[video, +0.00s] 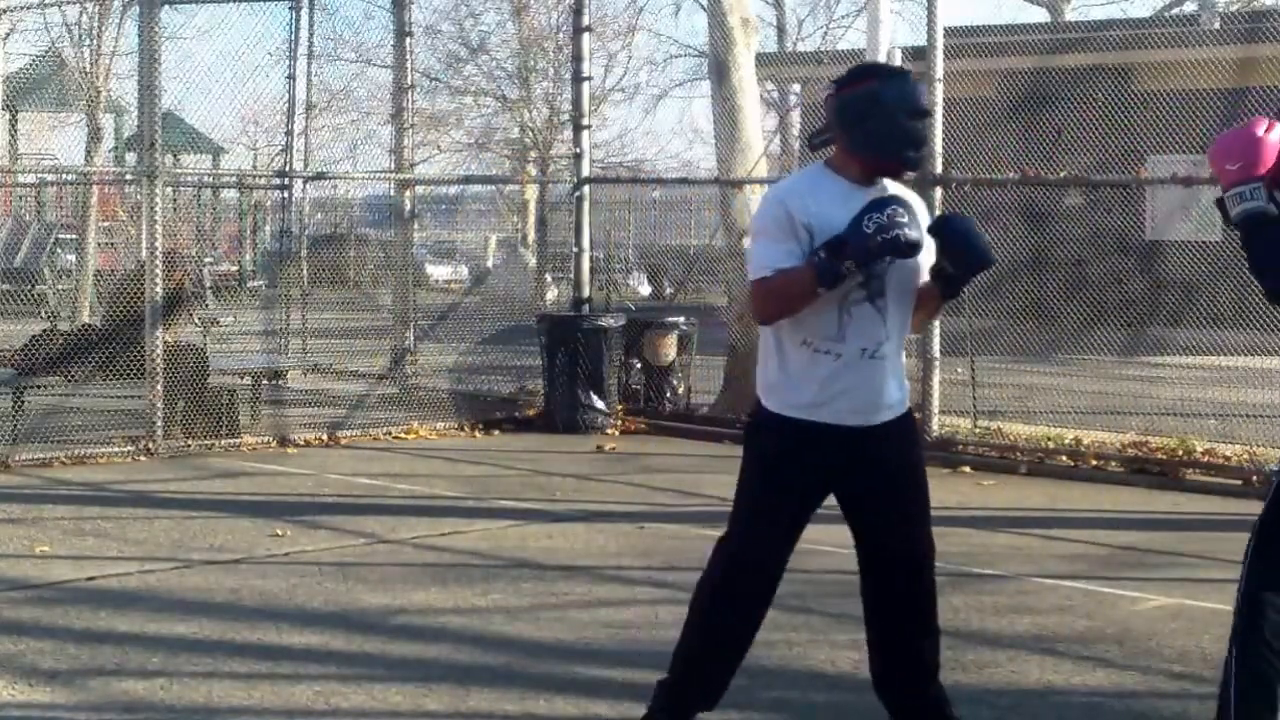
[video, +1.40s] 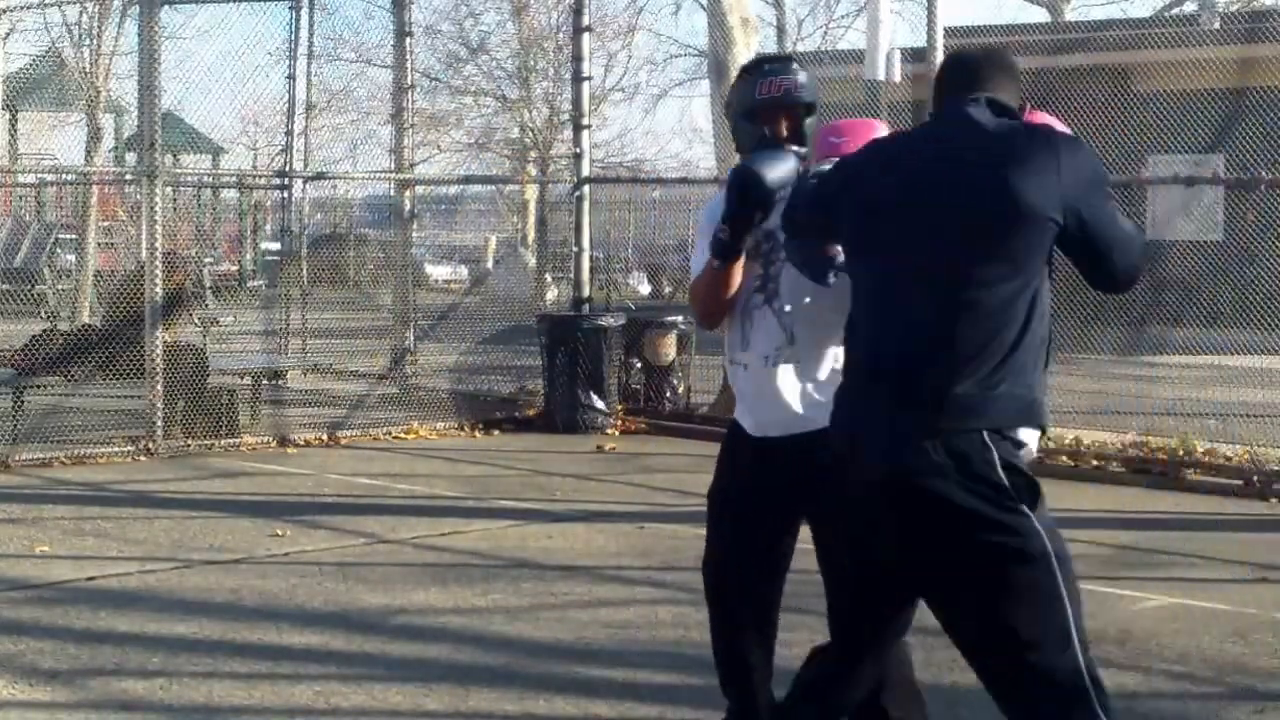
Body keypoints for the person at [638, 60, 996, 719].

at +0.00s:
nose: (908, 152)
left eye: (912, 138)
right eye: (896, 138)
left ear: (911, 136)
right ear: (856, 133)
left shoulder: (907, 204)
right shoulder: (786, 200)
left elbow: (909, 314)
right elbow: (765, 303)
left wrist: (949, 278)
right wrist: (840, 259)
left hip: (883, 428)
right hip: (791, 425)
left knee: (906, 582)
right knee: (743, 574)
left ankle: (919, 708)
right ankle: (675, 706)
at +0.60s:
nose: (845, 135)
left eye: (858, 122)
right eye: (829, 122)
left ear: (878, 130)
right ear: (804, 129)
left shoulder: (898, 200)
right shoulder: (770, 202)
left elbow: (960, 280)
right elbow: (809, 283)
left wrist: (967, 192)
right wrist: (834, 194)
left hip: (886, 439)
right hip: (789, 442)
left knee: (918, 611)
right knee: (752, 610)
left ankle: (940, 716)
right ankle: (717, 716)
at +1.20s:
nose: (878, 125)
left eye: (890, 111)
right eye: (862, 110)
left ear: (903, 119)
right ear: (822, 114)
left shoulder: (921, 201)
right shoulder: (775, 196)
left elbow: (958, 325)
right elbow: (754, 300)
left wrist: (953, 250)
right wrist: (798, 227)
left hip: (892, 442)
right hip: (791, 439)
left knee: (919, 619)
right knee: (756, 620)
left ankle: (940, 716)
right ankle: (752, 712)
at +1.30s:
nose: (828, 125)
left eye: (839, 112)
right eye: (811, 111)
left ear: (850, 119)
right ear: (776, 118)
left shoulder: (889, 203)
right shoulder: (743, 205)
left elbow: (933, 309)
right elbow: (720, 314)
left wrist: (886, 300)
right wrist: (751, 239)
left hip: (865, 432)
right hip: (769, 434)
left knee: (896, 597)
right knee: (747, 601)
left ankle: (913, 715)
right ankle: (751, 714)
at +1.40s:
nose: (780, 130)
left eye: (792, 115)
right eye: (764, 116)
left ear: (810, 121)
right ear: (738, 124)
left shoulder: (842, 195)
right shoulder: (727, 205)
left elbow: (884, 287)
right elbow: (709, 312)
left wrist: (835, 229)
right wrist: (735, 231)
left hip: (843, 435)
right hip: (755, 441)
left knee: (865, 610)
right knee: (738, 604)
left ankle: (888, 712)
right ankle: (747, 711)